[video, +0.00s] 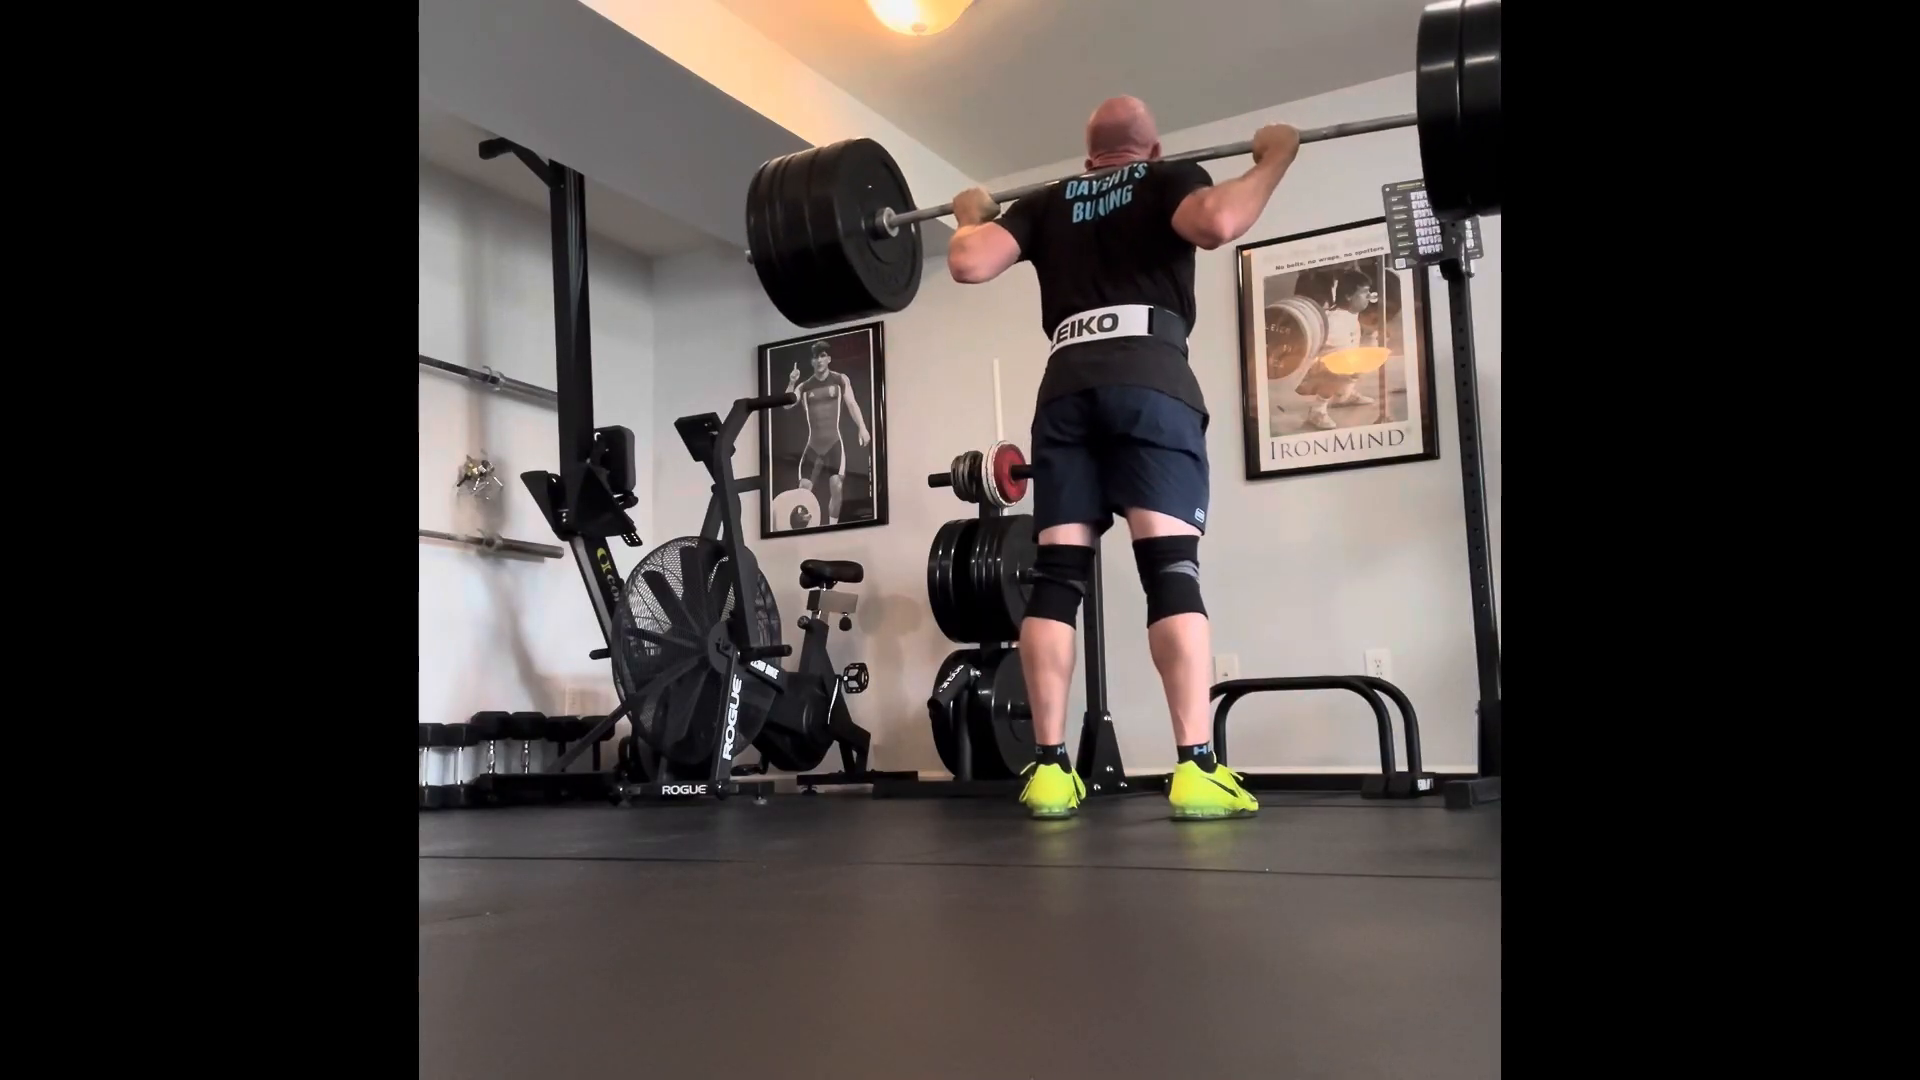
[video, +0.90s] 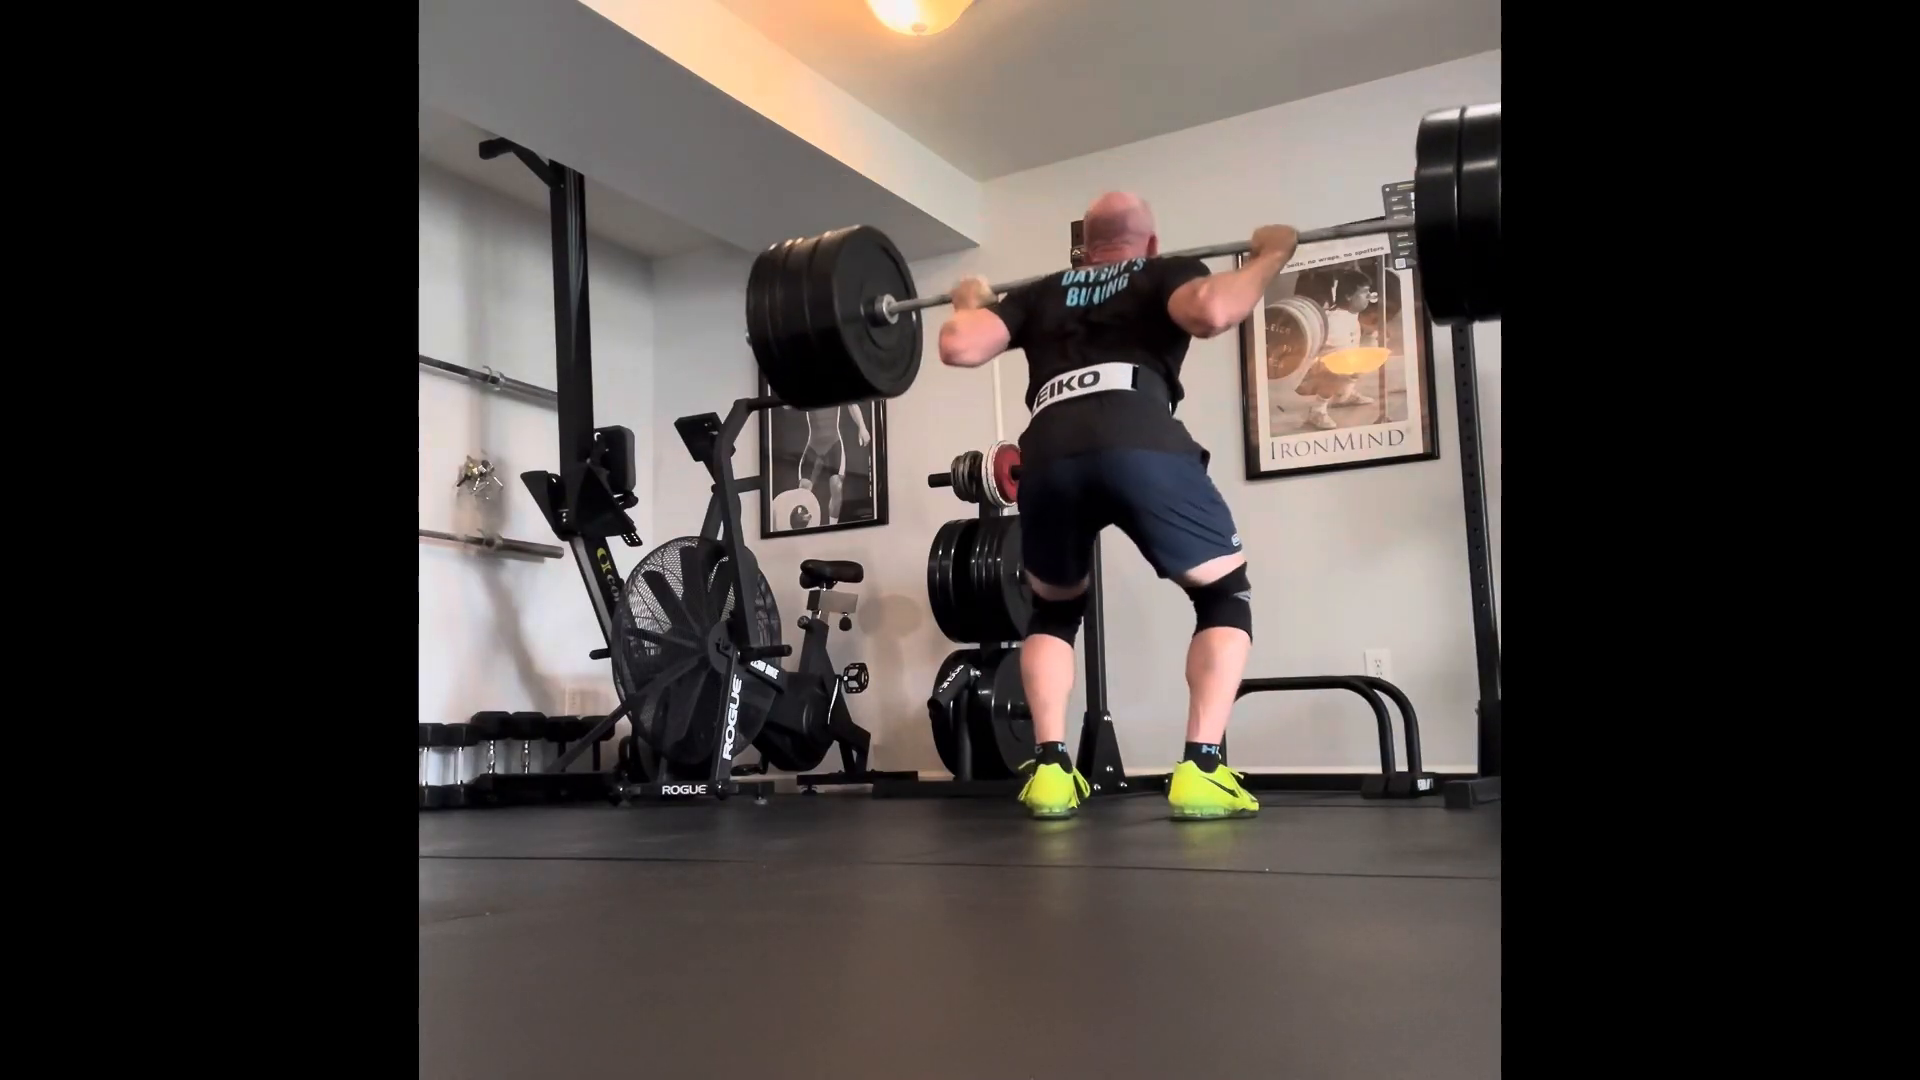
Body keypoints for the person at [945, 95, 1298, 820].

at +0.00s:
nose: (1147, 151)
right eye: (1152, 142)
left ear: (1085, 153)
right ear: (1154, 147)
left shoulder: (1045, 203)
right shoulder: (1167, 179)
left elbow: (969, 262)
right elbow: (1218, 220)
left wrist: (969, 215)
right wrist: (1272, 159)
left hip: (1066, 383)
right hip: (1153, 380)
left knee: (1056, 574)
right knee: (1170, 571)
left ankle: (1050, 764)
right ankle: (1197, 763)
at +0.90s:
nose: (1151, 244)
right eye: (1150, 236)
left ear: (1079, 246)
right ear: (1150, 244)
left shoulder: (1038, 294)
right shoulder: (1165, 271)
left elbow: (956, 346)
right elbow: (1214, 312)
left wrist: (967, 301)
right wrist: (1271, 254)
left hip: (1049, 450)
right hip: (1141, 438)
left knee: (1053, 612)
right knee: (1222, 598)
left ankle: (1050, 765)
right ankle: (1201, 765)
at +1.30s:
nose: (1157, 324)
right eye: (1156, 318)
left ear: (1088, 326)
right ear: (1155, 323)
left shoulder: (1040, 371)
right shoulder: (1168, 353)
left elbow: (957, 441)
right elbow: (1214, 401)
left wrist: (967, 390)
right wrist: (1274, 345)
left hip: (1037, 508)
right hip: (1130, 494)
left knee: (1056, 627)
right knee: (1233, 610)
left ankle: (1051, 769)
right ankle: (1202, 766)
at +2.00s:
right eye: (1169, 413)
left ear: (1101, 420)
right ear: (1168, 419)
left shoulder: (1047, 463)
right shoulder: (1181, 450)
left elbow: (965, 539)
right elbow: (1227, 507)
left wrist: (975, 474)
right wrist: (1289, 447)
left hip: (1042, 615)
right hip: (1143, 604)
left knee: (1042, 637)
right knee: (1247, 614)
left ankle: (1052, 767)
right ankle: (1203, 767)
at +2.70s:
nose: (1167, 343)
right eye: (1167, 336)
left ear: (1098, 338)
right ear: (1161, 338)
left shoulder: (1042, 379)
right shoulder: (1168, 364)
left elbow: (961, 446)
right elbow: (1213, 401)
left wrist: (972, 394)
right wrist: (1276, 360)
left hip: (1026, 509)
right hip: (1122, 496)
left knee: (1087, 615)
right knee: (1205, 605)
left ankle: (1055, 770)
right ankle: (1199, 767)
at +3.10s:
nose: (1156, 240)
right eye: (1156, 233)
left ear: (1089, 238)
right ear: (1156, 237)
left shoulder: (1042, 291)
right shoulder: (1167, 269)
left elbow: (962, 355)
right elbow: (1207, 312)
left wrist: (966, 304)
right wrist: (1267, 259)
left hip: (1050, 447)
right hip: (1142, 430)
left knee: (1083, 605)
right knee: (1215, 594)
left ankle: (1056, 765)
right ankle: (1201, 765)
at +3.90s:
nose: (1139, 150)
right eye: (1144, 141)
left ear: (1080, 155)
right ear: (1147, 147)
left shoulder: (1039, 211)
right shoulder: (1159, 176)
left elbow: (963, 275)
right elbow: (1207, 218)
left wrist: (966, 226)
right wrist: (1260, 153)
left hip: (1065, 397)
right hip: (1152, 390)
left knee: (1055, 575)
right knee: (1165, 573)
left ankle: (1049, 763)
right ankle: (1195, 763)